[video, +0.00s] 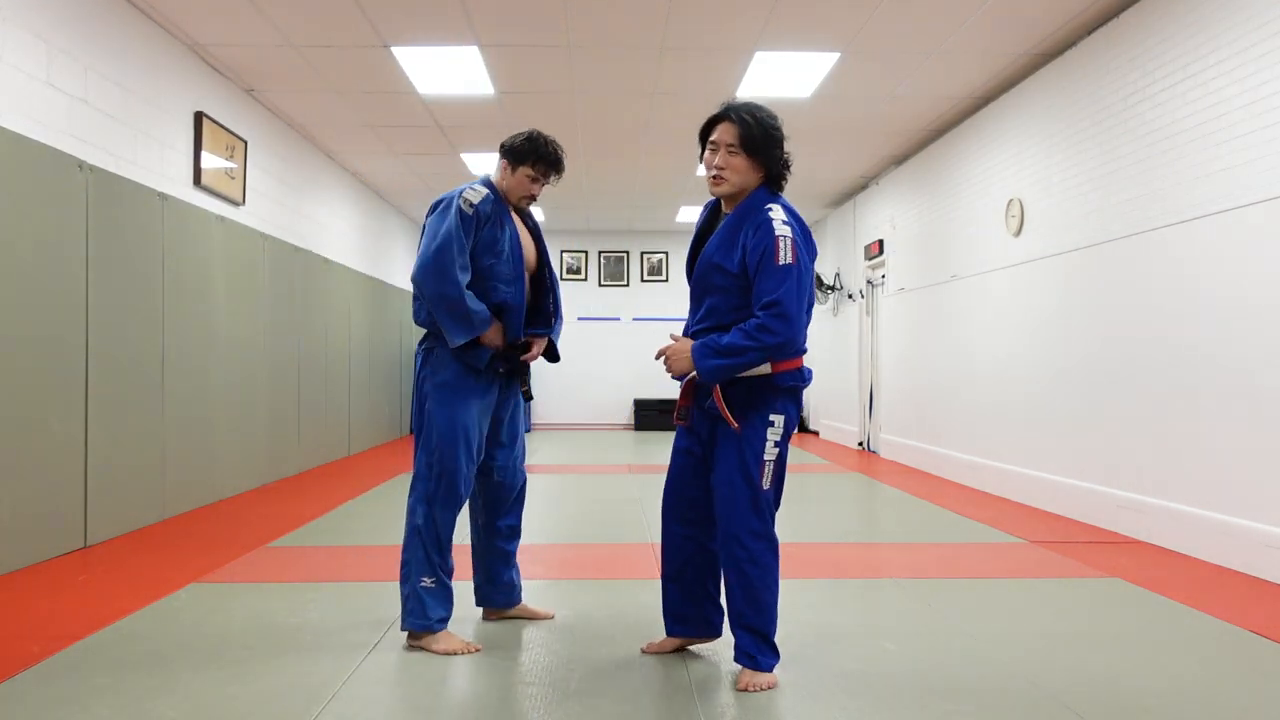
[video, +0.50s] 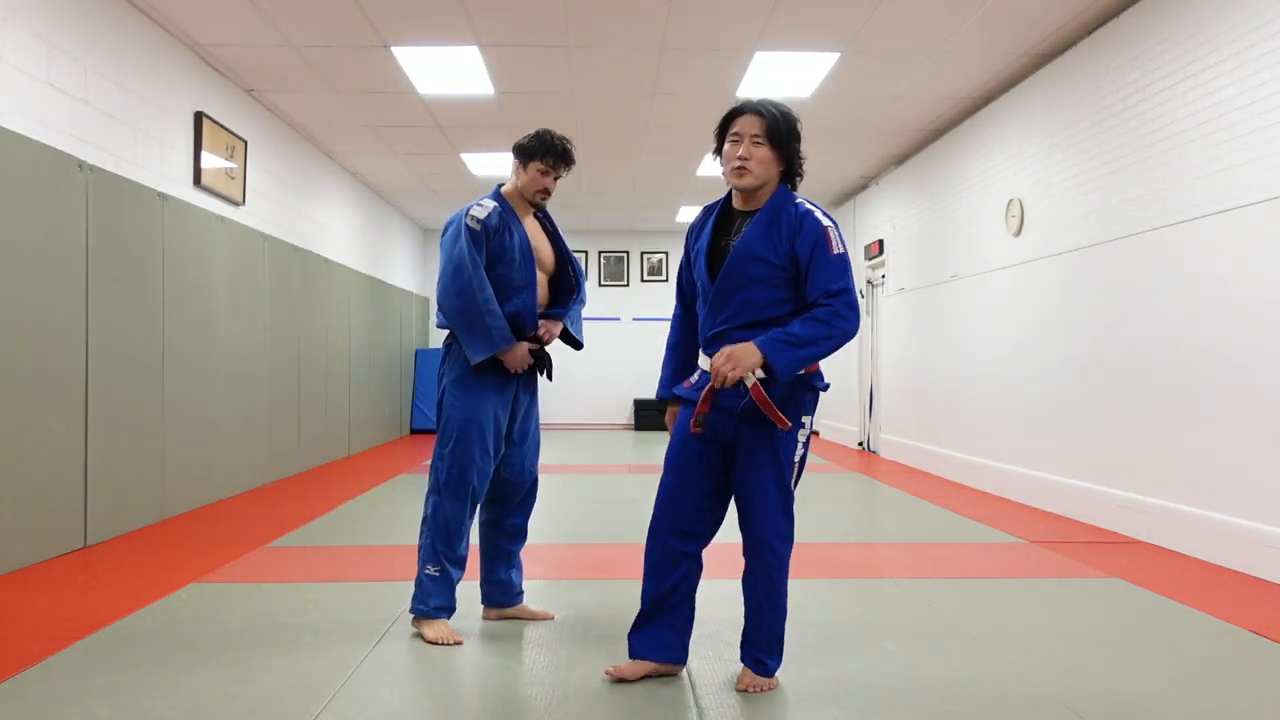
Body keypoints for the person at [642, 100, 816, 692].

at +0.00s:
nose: (714, 159)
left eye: (730, 150)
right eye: (710, 149)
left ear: (763, 161)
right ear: (706, 156)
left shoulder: (777, 224)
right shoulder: (722, 221)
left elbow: (782, 326)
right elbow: (722, 308)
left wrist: (699, 354)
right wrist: (689, 346)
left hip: (760, 394)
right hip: (709, 389)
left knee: (745, 523)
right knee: (686, 509)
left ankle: (758, 657)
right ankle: (693, 624)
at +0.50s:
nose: (742, 151)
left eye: (757, 142)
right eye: (734, 140)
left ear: (784, 157)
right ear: (721, 153)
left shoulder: (809, 224)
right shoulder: (705, 223)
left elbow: (840, 315)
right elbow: (686, 314)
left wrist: (762, 350)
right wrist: (674, 393)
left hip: (773, 400)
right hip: (706, 395)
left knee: (765, 540)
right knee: (673, 528)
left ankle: (761, 660)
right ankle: (660, 651)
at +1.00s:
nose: (727, 146)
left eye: (741, 135)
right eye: (715, 136)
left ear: (763, 149)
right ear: (697, 151)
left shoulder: (791, 213)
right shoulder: (673, 227)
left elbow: (861, 270)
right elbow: (645, 320)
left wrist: (809, 198)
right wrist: (633, 405)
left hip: (774, 398)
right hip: (697, 397)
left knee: (770, 540)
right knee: (694, 540)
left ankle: (761, 657)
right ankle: (693, 686)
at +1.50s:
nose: (656, 129)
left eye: (668, 115)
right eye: (639, 121)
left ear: (693, 126)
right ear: (622, 142)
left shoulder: (740, 189)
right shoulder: (608, 219)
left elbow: (811, 256)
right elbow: (590, 319)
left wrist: (763, 213)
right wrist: (585, 412)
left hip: (743, 395)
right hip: (658, 401)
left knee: (758, 541)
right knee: (666, 566)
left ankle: (767, 648)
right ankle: (678, 708)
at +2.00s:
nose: (654, 119)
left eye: (667, 105)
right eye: (638, 111)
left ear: (692, 119)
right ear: (621, 133)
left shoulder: (736, 184)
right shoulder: (608, 216)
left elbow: (805, 257)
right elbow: (593, 319)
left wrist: (753, 210)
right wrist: (589, 416)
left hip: (746, 390)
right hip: (659, 398)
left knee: (771, 541)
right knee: (667, 567)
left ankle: (785, 641)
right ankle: (678, 709)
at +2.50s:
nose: (720, 151)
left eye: (736, 142)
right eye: (715, 143)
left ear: (771, 156)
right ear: (709, 157)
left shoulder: (811, 234)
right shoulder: (686, 234)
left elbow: (842, 332)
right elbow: (665, 327)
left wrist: (842, 424)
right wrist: (662, 411)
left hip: (787, 409)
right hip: (705, 408)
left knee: (781, 549)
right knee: (700, 547)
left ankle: (774, 662)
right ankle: (694, 688)